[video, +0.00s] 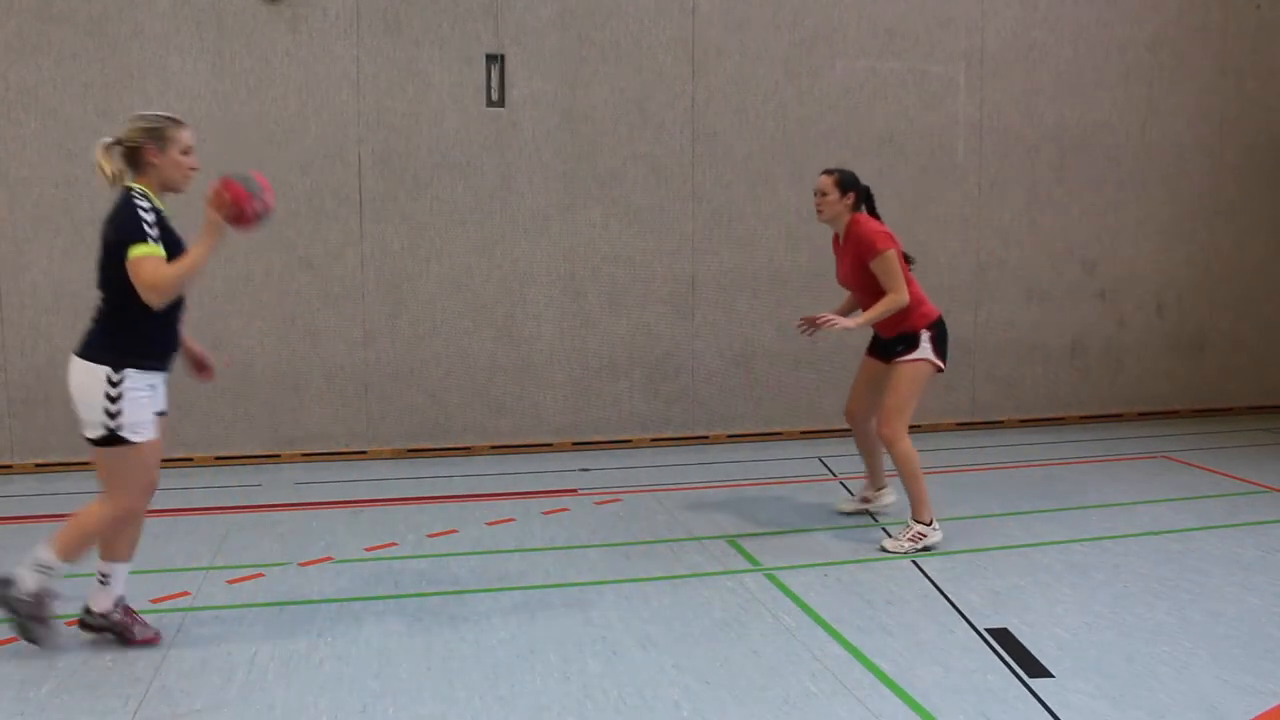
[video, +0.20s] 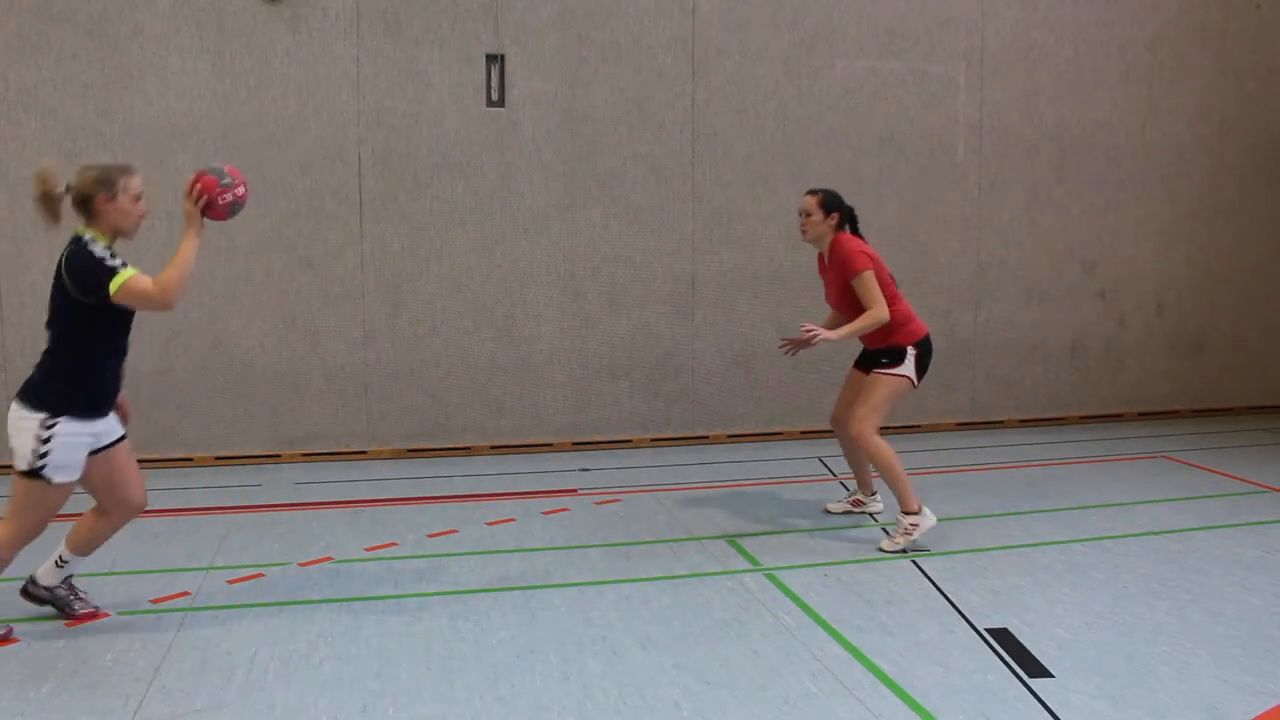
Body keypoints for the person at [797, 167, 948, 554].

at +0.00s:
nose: (816, 202)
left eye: (823, 195)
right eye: (815, 195)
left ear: (848, 198)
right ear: (837, 201)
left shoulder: (870, 234)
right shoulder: (842, 237)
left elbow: (899, 295)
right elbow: (862, 289)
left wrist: (854, 322)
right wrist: (832, 316)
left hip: (920, 334)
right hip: (887, 335)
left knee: (891, 427)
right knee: (858, 414)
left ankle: (925, 524)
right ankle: (877, 489)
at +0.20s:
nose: (800, 223)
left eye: (807, 215)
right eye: (800, 216)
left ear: (832, 218)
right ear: (822, 220)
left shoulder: (849, 250)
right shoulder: (826, 256)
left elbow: (880, 312)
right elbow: (844, 310)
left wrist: (833, 334)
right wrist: (812, 336)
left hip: (905, 347)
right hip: (876, 348)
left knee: (861, 428)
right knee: (842, 422)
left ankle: (915, 514)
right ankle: (867, 495)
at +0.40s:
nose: (790, 231)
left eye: (797, 224)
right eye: (790, 224)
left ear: (821, 227)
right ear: (815, 229)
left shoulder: (839, 258)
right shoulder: (818, 263)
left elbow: (872, 319)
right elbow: (831, 311)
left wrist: (828, 340)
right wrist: (797, 340)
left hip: (900, 349)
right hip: (874, 350)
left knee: (851, 426)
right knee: (838, 422)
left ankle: (875, 527)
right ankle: (866, 493)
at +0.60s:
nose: (787, 223)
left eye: (793, 215)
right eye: (786, 216)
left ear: (819, 217)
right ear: (816, 219)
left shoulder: (835, 248)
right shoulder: (826, 249)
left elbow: (865, 309)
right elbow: (841, 311)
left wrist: (813, 332)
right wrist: (803, 330)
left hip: (895, 349)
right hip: (881, 349)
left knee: (846, 437)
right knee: (855, 428)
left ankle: (877, 537)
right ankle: (865, 495)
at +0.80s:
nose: (791, 212)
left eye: (797, 204)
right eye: (790, 204)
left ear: (823, 205)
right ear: (817, 207)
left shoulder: (843, 237)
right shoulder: (830, 242)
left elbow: (876, 297)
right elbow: (854, 304)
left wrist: (826, 319)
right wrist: (814, 336)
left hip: (904, 338)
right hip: (887, 341)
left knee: (861, 433)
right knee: (871, 428)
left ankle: (888, 537)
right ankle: (908, 502)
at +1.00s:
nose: (794, 213)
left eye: (799, 205)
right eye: (792, 206)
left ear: (826, 204)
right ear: (824, 206)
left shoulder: (841, 233)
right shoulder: (835, 240)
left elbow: (858, 294)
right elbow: (851, 308)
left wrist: (803, 301)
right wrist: (809, 330)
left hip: (908, 342)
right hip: (898, 343)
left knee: (873, 443)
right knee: (880, 432)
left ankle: (901, 550)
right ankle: (910, 503)